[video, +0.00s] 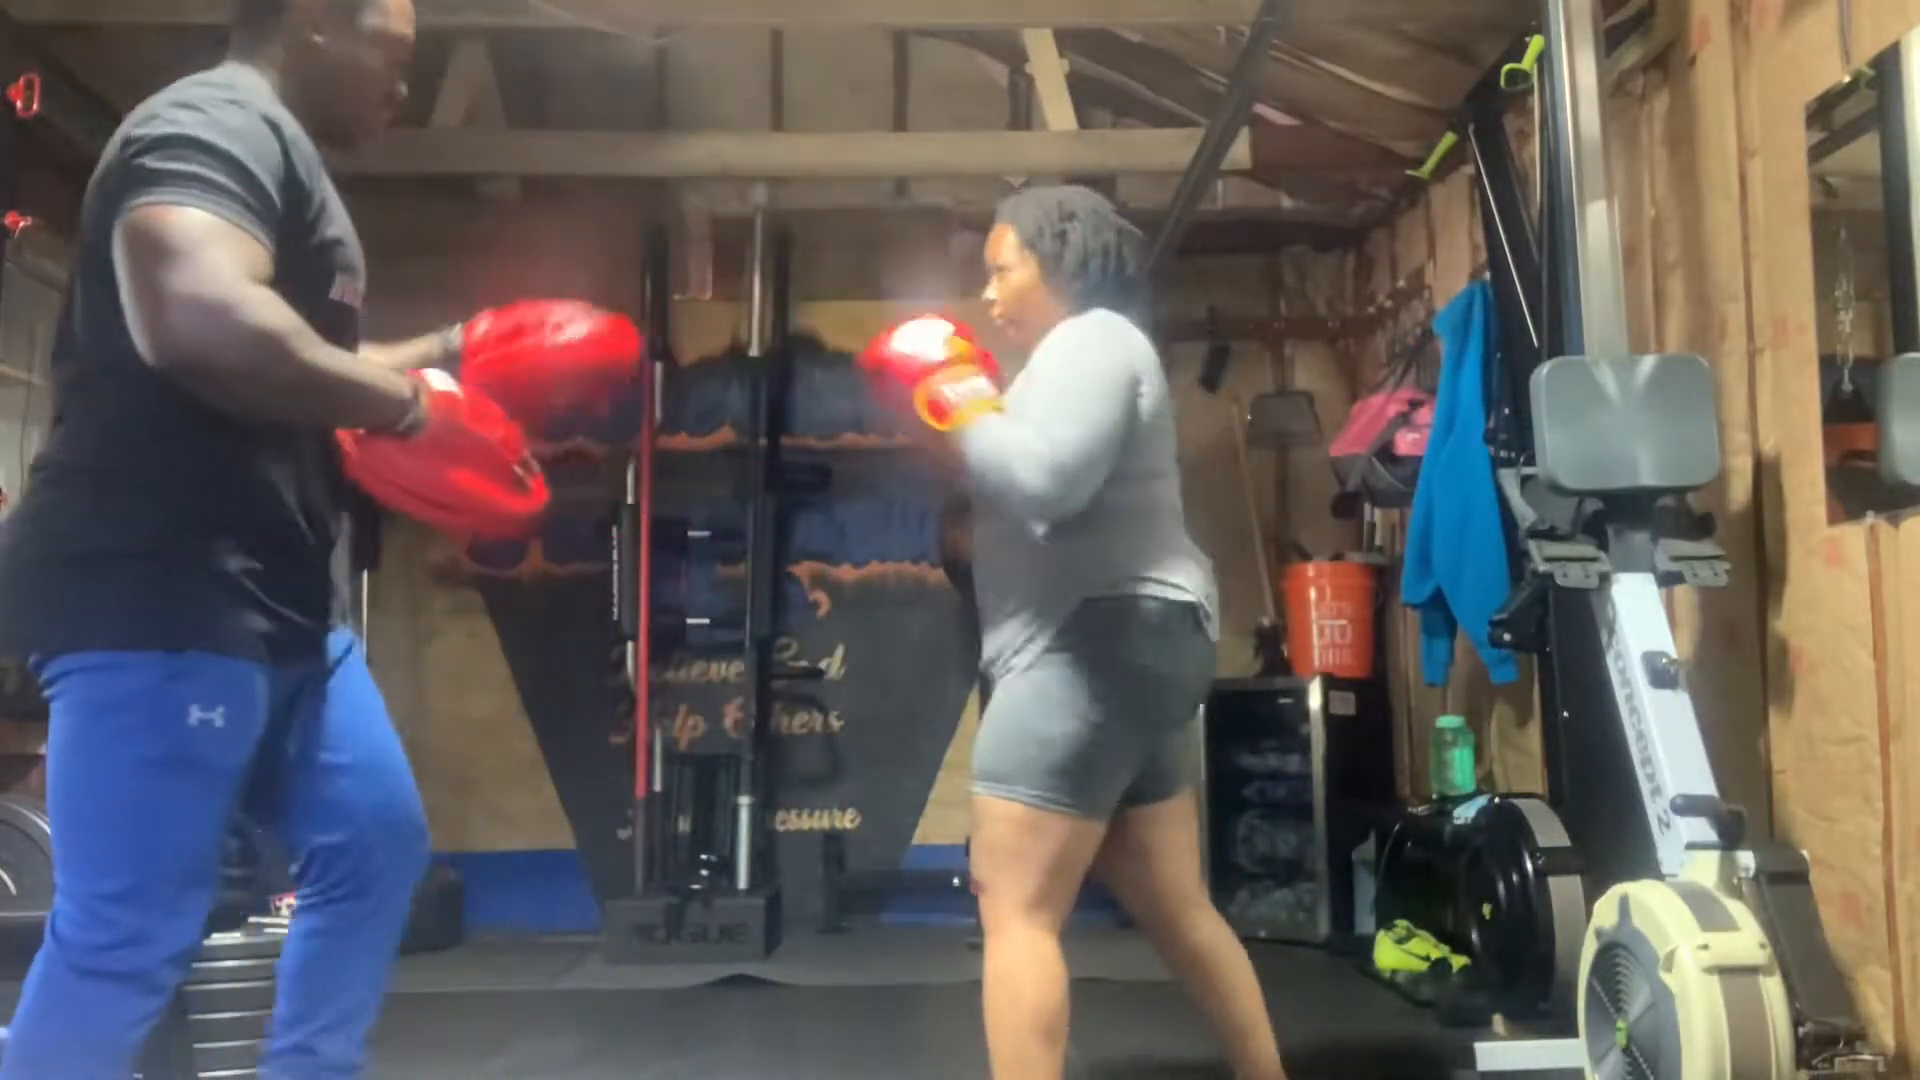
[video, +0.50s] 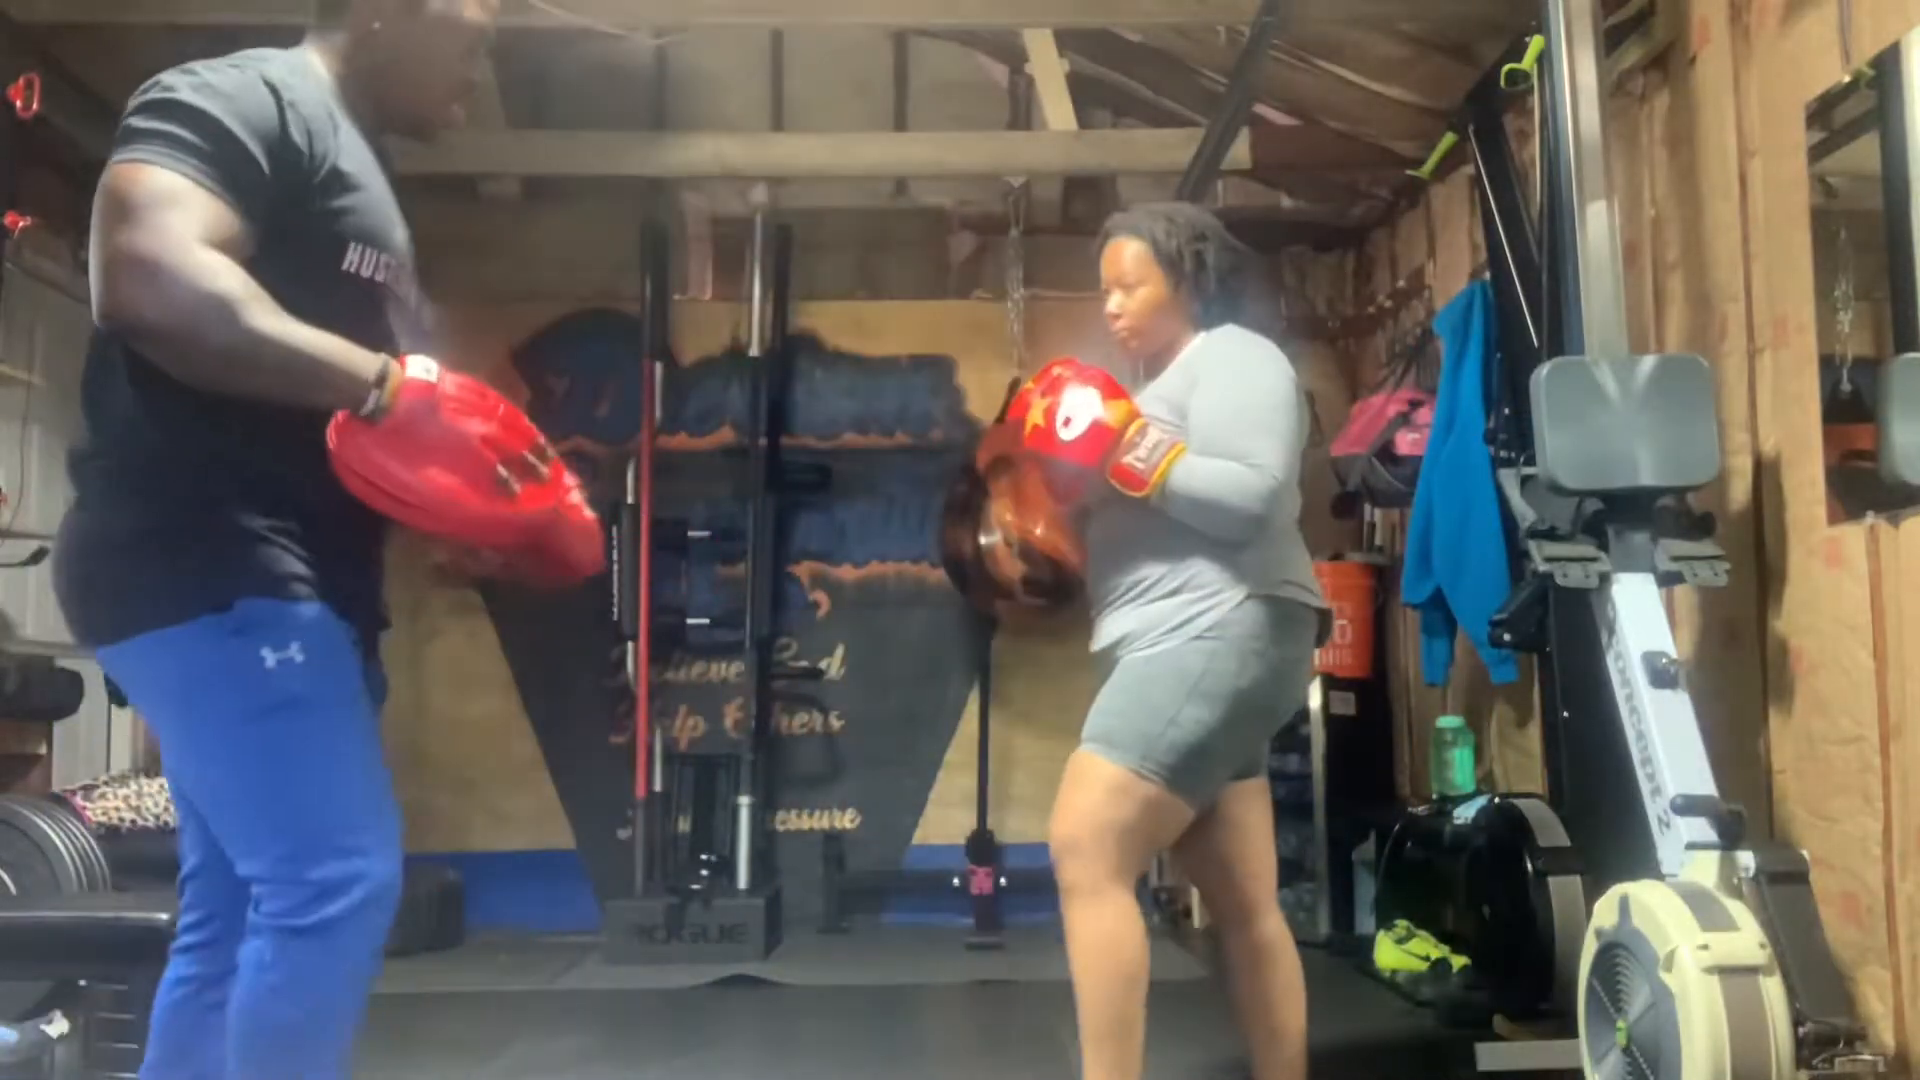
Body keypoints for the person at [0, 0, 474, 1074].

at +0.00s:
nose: (404, 92)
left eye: (408, 67)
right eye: (396, 55)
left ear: (314, 30)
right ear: (316, 23)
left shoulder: (285, 167)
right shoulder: (213, 114)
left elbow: (289, 372)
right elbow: (195, 318)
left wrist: (453, 351)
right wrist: (404, 402)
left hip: (282, 608)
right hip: (158, 605)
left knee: (374, 850)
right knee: (122, 940)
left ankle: (307, 1068)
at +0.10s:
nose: (393, 77)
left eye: (395, 51)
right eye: (383, 42)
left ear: (302, 23)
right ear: (304, 17)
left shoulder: (288, 173)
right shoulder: (200, 113)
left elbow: (270, 409)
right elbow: (173, 320)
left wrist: (419, 458)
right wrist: (394, 402)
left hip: (289, 611)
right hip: (167, 604)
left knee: (335, 887)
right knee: (122, 943)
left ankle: (234, 1074)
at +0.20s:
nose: (403, 81)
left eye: (404, 55)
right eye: (388, 45)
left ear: (301, 28)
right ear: (300, 21)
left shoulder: (293, 178)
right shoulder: (203, 119)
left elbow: (272, 430)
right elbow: (167, 321)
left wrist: (409, 507)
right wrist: (386, 410)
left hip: (299, 620)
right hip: (183, 615)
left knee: (304, 922)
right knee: (179, 940)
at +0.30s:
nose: (422, 95)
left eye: (425, 73)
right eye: (409, 58)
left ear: (321, 29)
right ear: (316, 22)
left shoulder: (300, 187)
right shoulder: (216, 125)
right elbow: (166, 324)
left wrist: (398, 525)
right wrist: (390, 420)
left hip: (282, 610)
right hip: (191, 607)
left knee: (302, 928)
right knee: (261, 935)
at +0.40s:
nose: (447, 84)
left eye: (452, 59)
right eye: (436, 45)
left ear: (354, 23)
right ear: (346, 17)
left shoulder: (323, 185)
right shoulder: (219, 113)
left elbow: (333, 423)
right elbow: (163, 312)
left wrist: (436, 522)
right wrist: (383, 406)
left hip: (283, 586)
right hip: (190, 579)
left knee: (279, 916)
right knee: (302, 911)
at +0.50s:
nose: (474, 81)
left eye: (483, 53)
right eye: (475, 41)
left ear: (404, 17)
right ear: (406, 9)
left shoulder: (356, 182)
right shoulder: (235, 93)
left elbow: (389, 393)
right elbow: (150, 277)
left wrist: (484, 494)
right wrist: (383, 388)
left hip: (282, 567)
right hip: (201, 561)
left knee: (228, 911)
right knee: (330, 880)